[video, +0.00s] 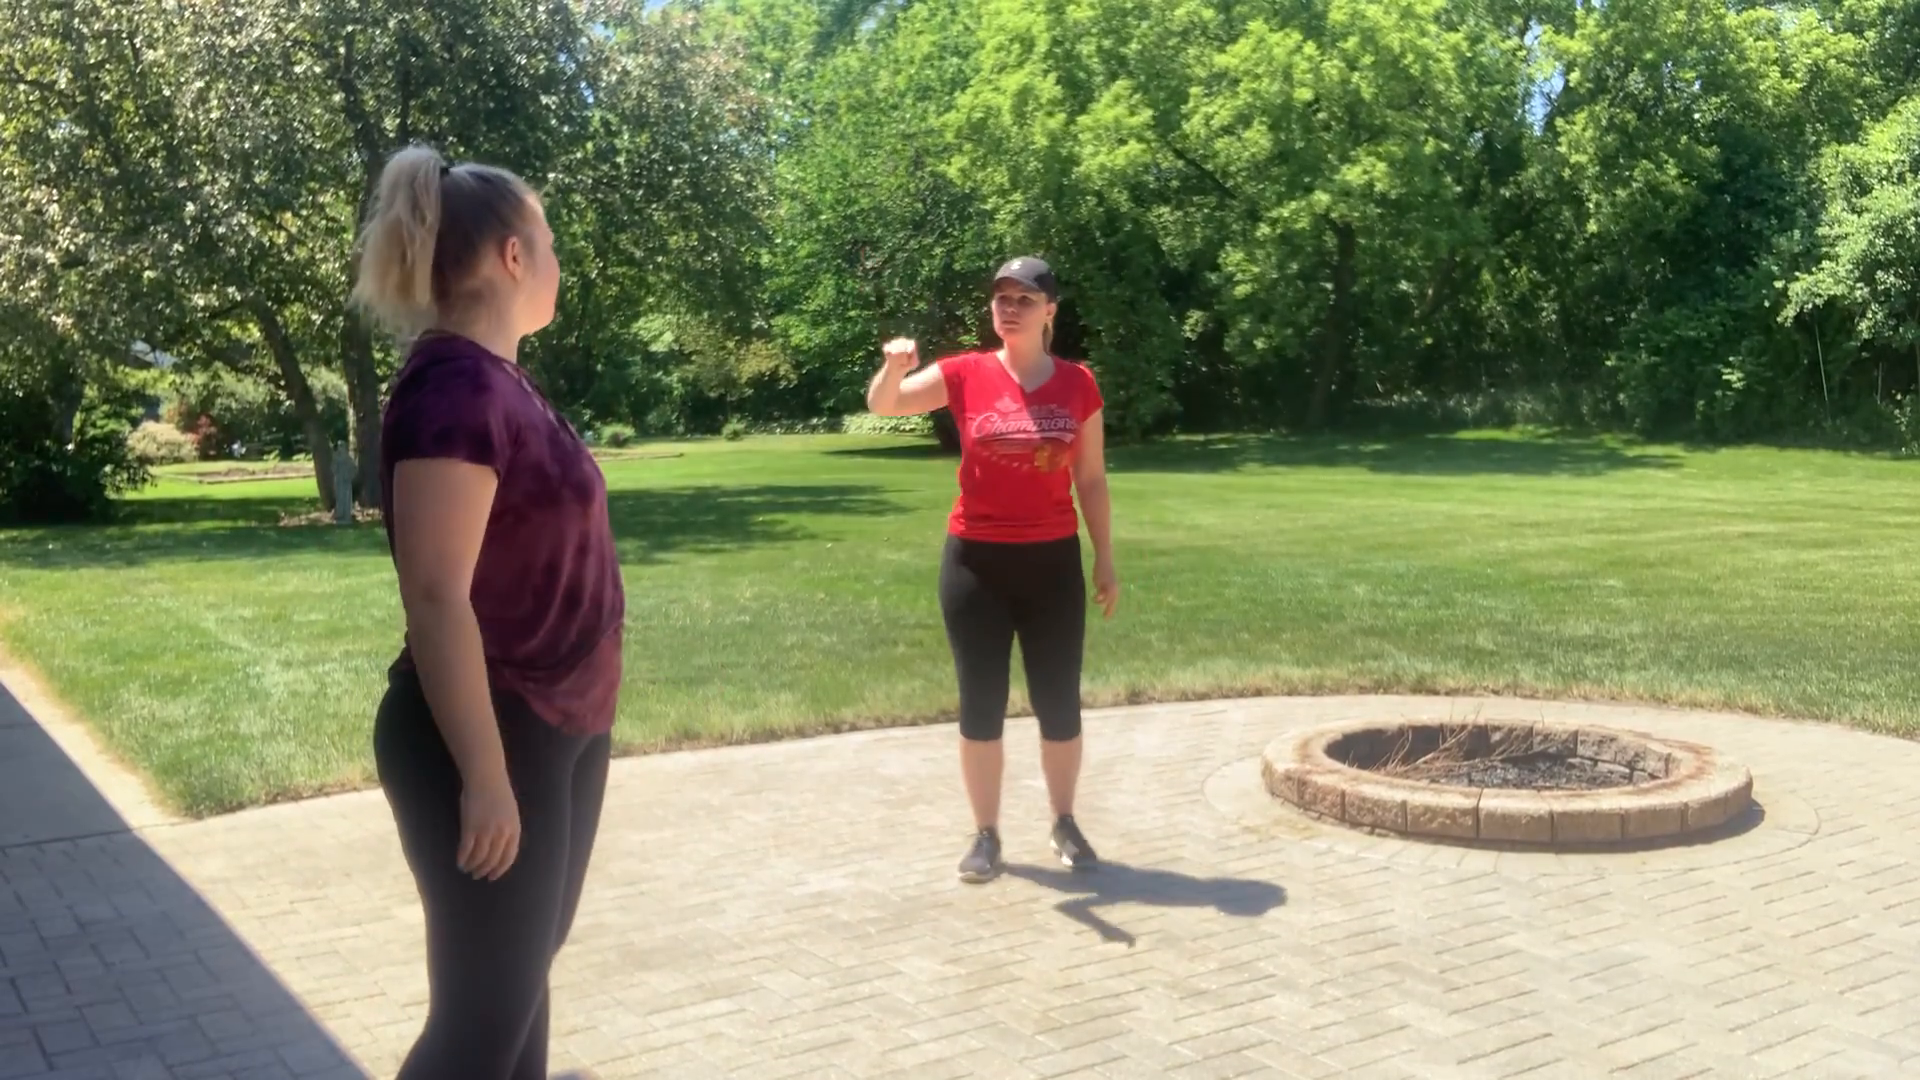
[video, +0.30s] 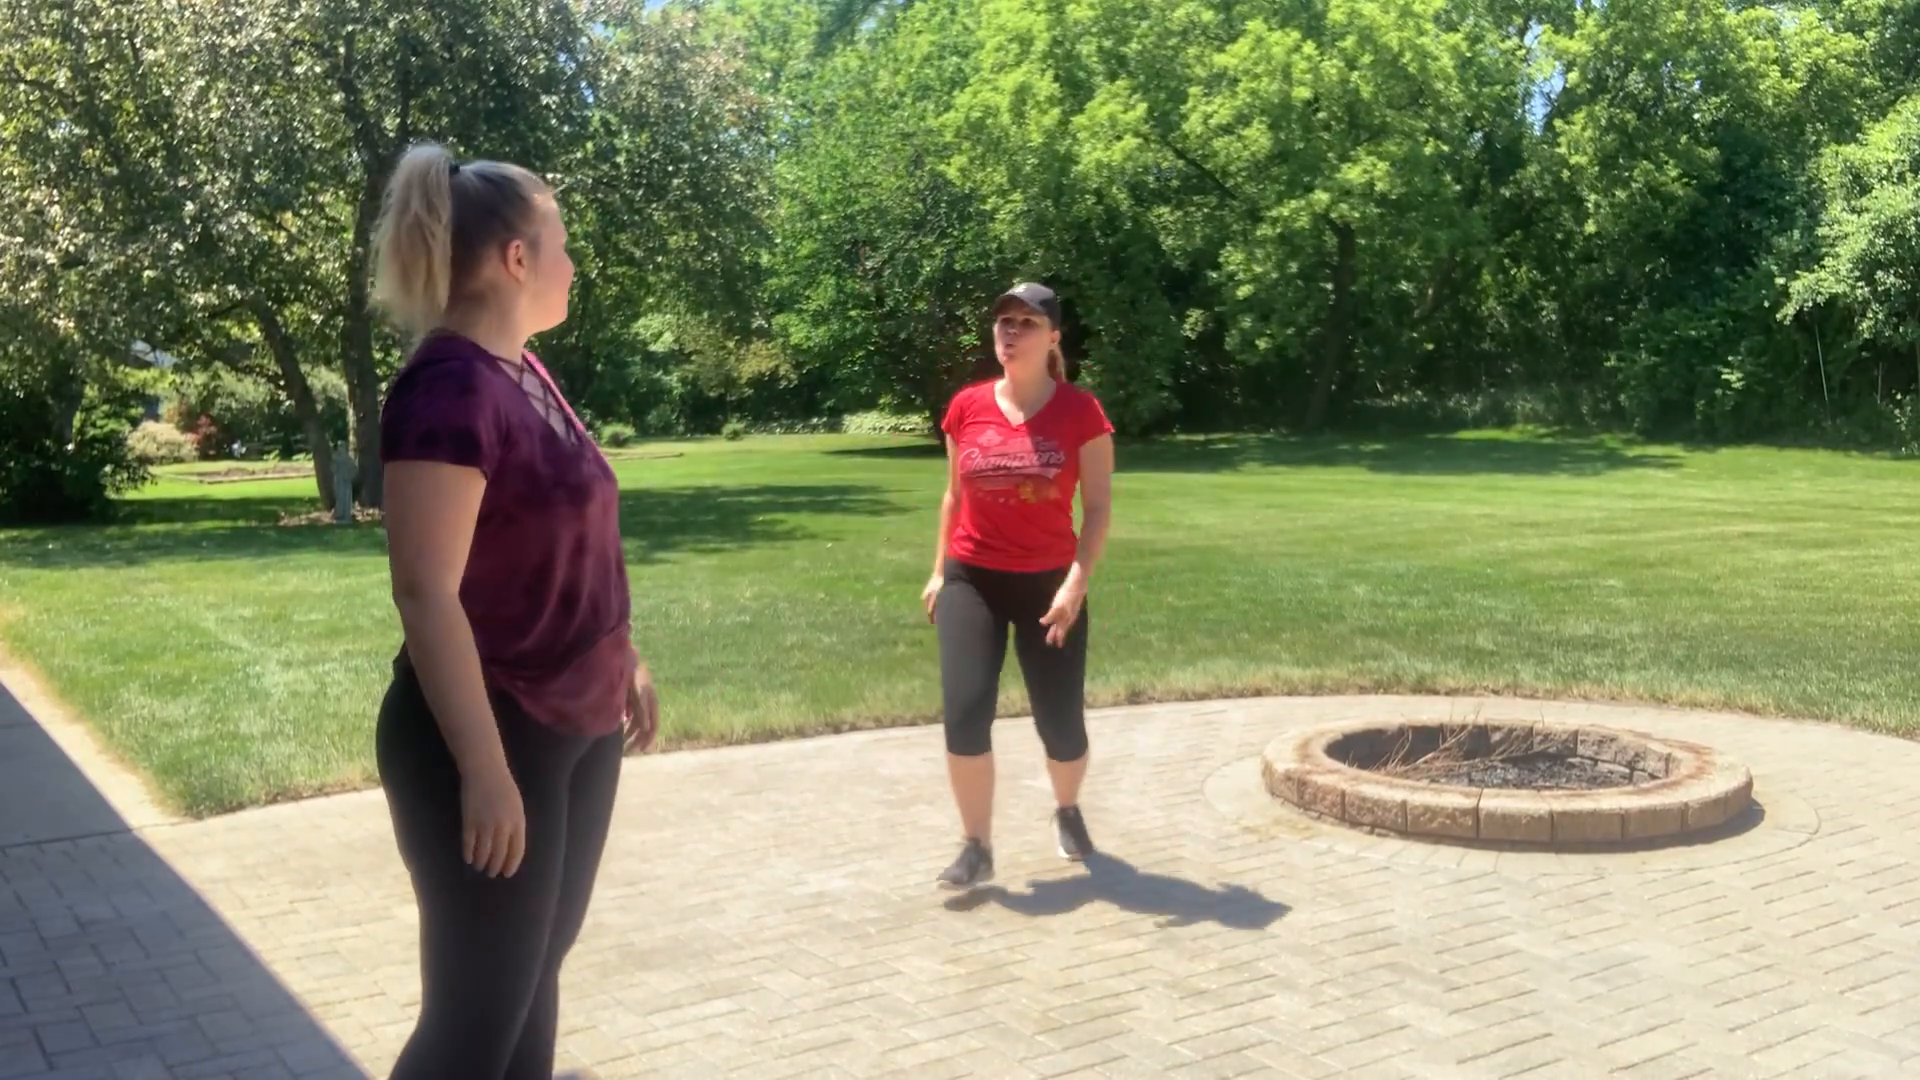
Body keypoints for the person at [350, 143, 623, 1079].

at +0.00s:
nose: (557, 263)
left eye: (551, 241)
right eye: (546, 241)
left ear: (475, 264)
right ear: (506, 257)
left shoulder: (492, 381)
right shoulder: (456, 389)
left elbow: (481, 586)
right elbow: (435, 596)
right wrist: (484, 775)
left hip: (547, 729)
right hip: (494, 734)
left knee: (517, 1007)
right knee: (481, 1026)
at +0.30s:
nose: (571, 263)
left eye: (565, 241)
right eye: (559, 241)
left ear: (503, 263)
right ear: (513, 259)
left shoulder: (526, 372)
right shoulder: (453, 384)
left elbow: (546, 550)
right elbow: (426, 596)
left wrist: (618, 657)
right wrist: (483, 767)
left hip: (574, 726)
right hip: (491, 734)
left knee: (531, 998)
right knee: (475, 1023)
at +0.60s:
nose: (587, 268)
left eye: (582, 248)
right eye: (576, 250)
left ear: (525, 263)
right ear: (529, 263)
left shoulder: (560, 365)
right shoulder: (446, 386)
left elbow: (614, 497)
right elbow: (397, 569)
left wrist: (697, 594)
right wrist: (516, 726)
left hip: (592, 730)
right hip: (481, 742)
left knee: (546, 989)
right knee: (468, 1025)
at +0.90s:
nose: (607, 284)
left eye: (606, 264)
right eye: (602, 263)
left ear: (537, 268)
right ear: (559, 266)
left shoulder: (570, 376)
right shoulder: (456, 387)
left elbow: (585, 557)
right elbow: (433, 592)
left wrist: (656, 665)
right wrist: (507, 755)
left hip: (590, 732)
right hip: (481, 738)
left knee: (546, 998)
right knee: (471, 1022)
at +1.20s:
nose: (604, 275)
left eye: (606, 254)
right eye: (581, 254)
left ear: (603, 258)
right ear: (504, 260)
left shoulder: (593, 371)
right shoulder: (443, 370)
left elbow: (606, 553)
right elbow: (388, 543)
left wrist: (674, 651)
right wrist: (449, 645)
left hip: (573, 721)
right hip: (442, 719)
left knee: (541, 1005)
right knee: (459, 1011)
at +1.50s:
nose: (469, 245)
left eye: (491, 234)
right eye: (443, 228)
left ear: (513, 269)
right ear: (393, 257)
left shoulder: (543, 397)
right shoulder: (322, 365)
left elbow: (574, 578)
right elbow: (176, 473)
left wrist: (670, 606)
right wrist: (310, 378)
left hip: (525, 758)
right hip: (343, 759)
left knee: (561, 1039)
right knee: (381, 1055)